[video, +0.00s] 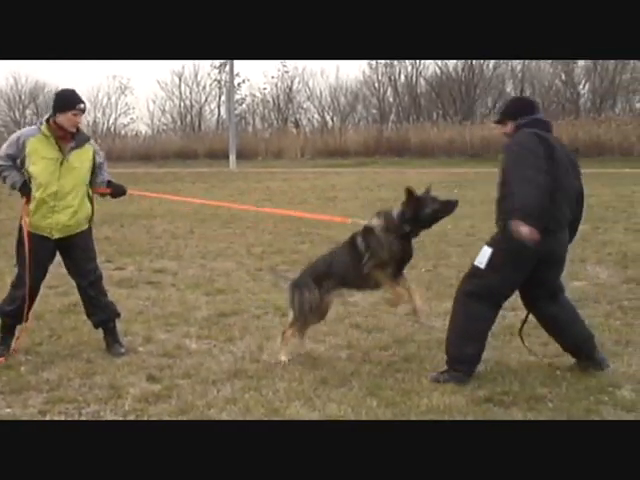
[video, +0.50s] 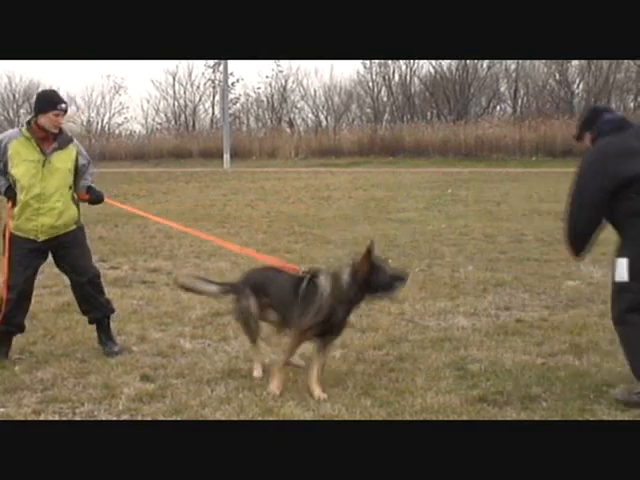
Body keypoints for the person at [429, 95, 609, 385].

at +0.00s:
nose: (503, 132)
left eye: (505, 125)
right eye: (502, 126)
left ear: (517, 122)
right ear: (535, 120)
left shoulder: (523, 142)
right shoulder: (561, 150)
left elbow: (525, 178)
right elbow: (575, 197)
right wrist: (563, 236)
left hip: (519, 236)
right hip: (552, 241)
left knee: (476, 293)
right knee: (544, 296)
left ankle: (460, 368)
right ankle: (589, 356)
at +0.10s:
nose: (524, 131)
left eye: (527, 124)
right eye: (523, 125)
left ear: (542, 122)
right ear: (548, 122)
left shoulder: (555, 147)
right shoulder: (561, 146)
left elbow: (563, 195)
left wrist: (556, 241)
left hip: (536, 240)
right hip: (554, 242)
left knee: (492, 294)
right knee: (547, 300)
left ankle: (465, 366)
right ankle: (587, 358)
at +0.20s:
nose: (540, 129)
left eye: (544, 123)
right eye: (539, 123)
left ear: (561, 122)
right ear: (564, 124)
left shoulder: (578, 149)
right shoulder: (581, 147)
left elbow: (579, 201)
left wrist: (555, 242)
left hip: (562, 244)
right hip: (580, 246)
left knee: (515, 292)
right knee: (559, 300)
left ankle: (489, 363)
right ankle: (589, 361)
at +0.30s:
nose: (552, 125)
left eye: (556, 119)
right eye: (552, 119)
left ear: (572, 117)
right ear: (576, 116)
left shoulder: (586, 141)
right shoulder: (598, 138)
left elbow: (576, 192)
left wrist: (547, 226)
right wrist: (559, 226)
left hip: (592, 239)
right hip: (611, 239)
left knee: (547, 288)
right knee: (584, 291)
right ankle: (591, 359)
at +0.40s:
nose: (564, 126)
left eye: (566, 120)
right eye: (563, 121)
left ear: (580, 116)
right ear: (594, 111)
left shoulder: (589, 137)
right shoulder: (623, 130)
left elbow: (571, 188)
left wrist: (551, 227)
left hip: (622, 233)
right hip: (631, 229)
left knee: (601, 296)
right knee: (619, 295)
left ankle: (627, 365)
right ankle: (609, 355)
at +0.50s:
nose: (586, 145)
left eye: (585, 139)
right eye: (584, 140)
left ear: (594, 133)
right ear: (611, 124)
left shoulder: (603, 153)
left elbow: (585, 202)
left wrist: (576, 243)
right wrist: (579, 239)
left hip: (633, 242)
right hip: (632, 240)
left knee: (626, 311)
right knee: (626, 309)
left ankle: (639, 383)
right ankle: (636, 383)